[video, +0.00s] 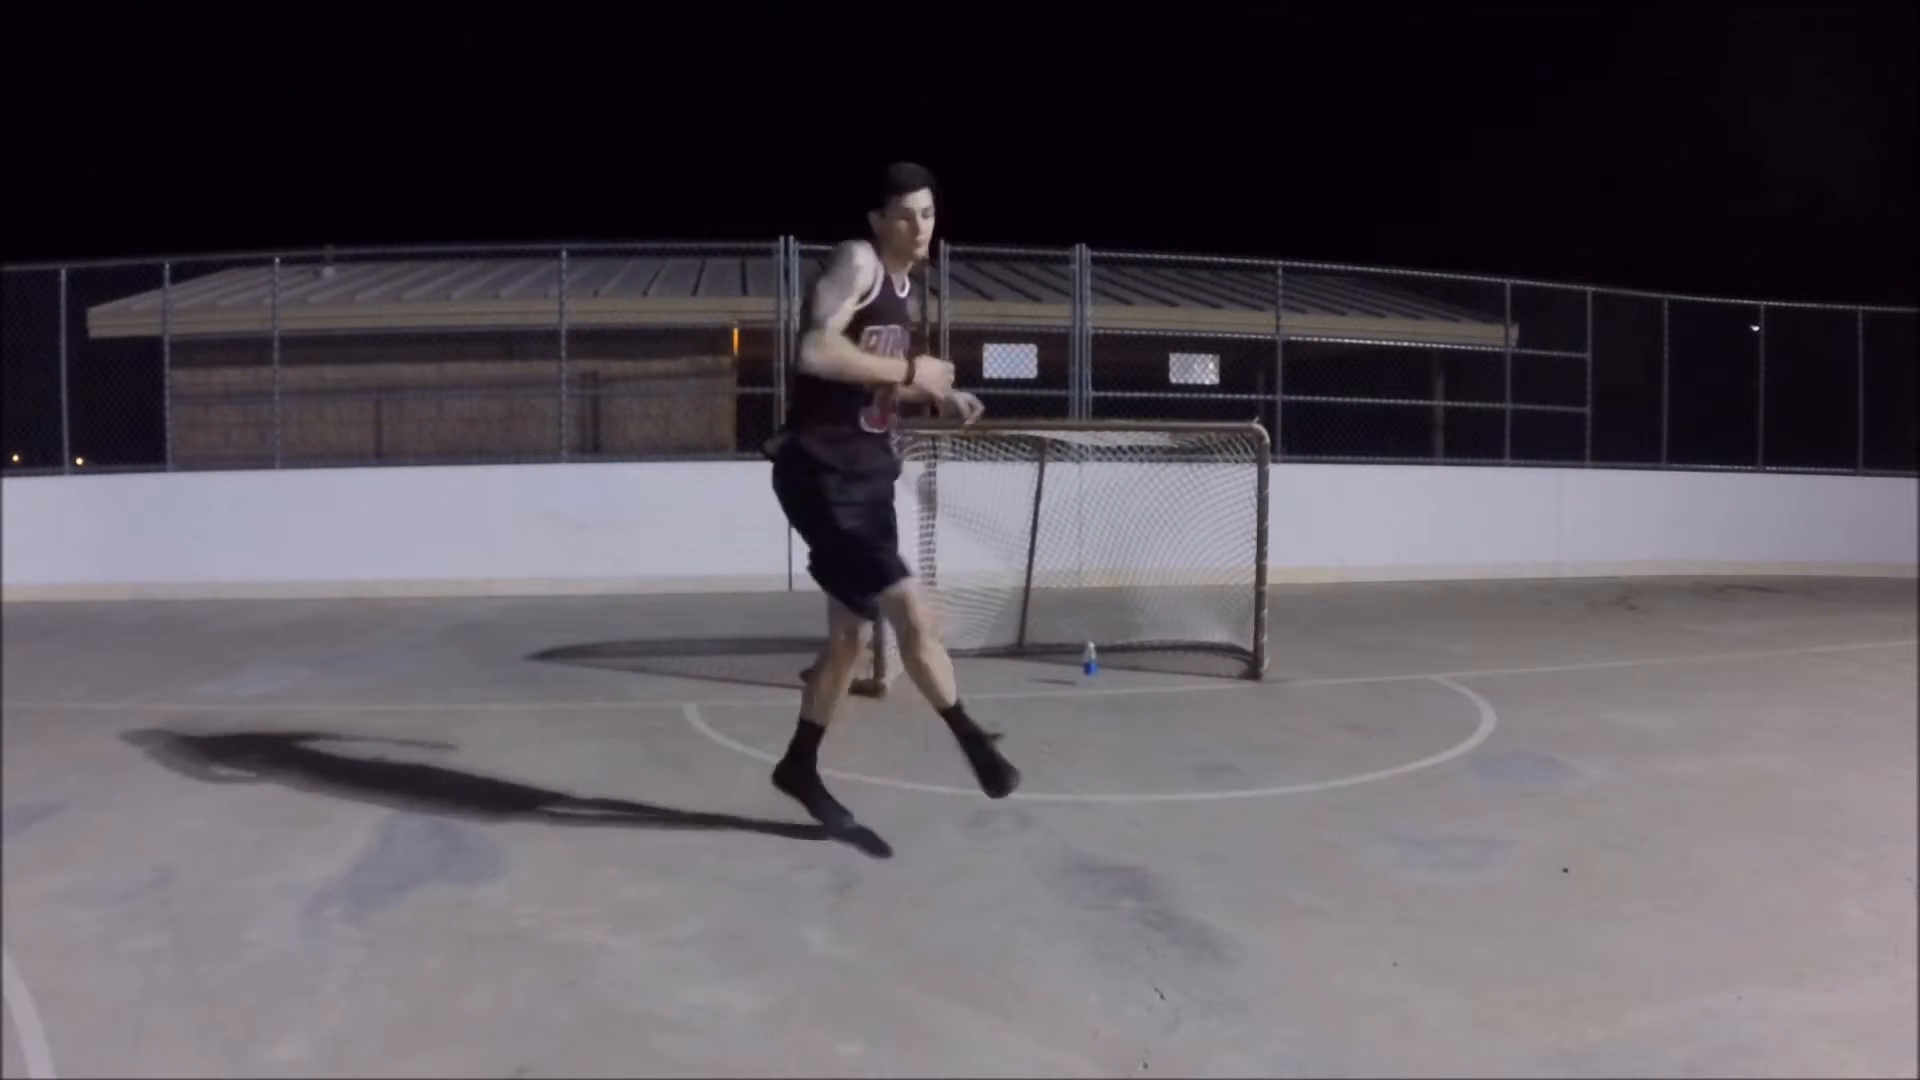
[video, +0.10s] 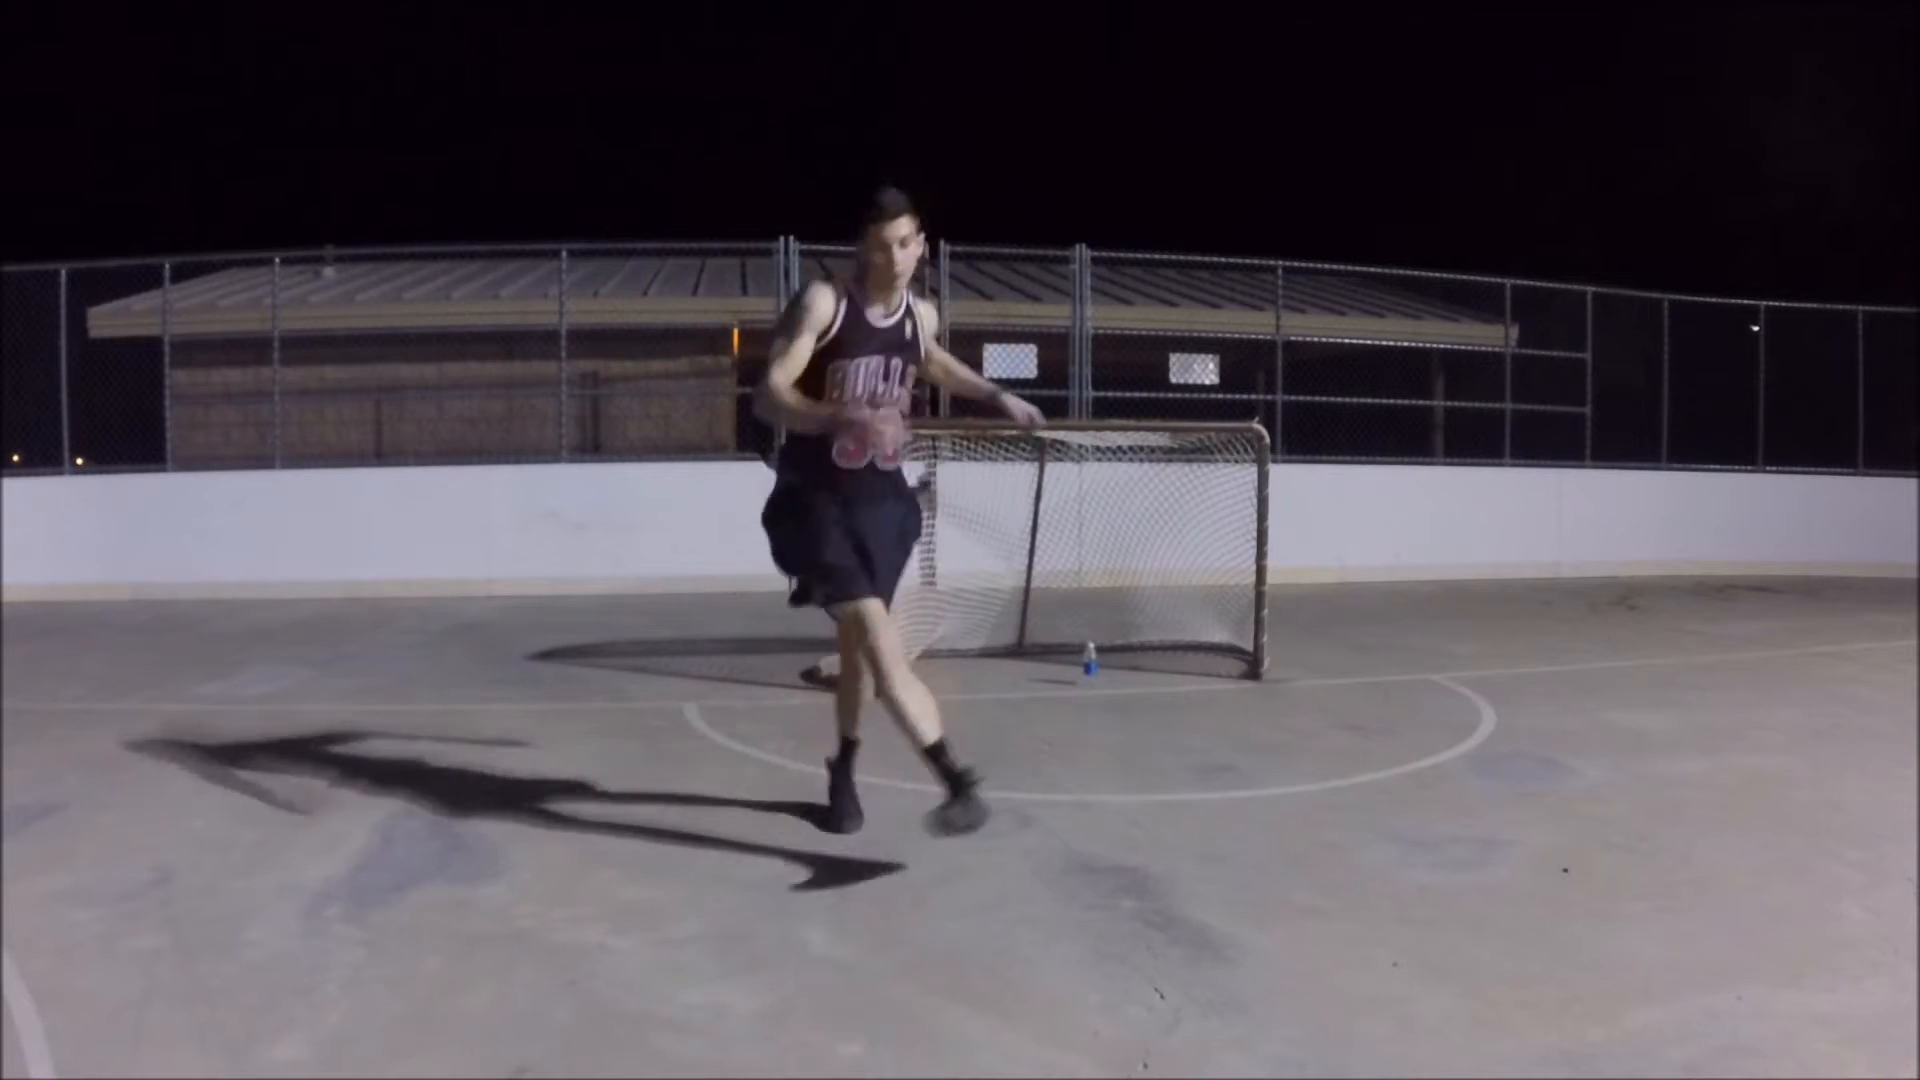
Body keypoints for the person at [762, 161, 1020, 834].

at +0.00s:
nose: (922, 227)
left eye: (928, 216)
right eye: (908, 216)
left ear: (933, 222)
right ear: (878, 221)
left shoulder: (905, 280)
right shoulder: (856, 261)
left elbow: (875, 377)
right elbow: (814, 353)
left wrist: (937, 397)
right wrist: (911, 371)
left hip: (868, 467)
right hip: (821, 467)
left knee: (849, 636)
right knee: (913, 612)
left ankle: (797, 766)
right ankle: (972, 738)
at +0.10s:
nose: (897, 257)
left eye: (906, 244)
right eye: (885, 246)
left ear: (921, 245)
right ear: (863, 247)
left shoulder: (920, 313)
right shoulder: (823, 302)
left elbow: (932, 362)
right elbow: (770, 393)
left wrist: (997, 395)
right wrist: (840, 418)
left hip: (884, 492)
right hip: (816, 493)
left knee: (857, 636)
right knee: (874, 626)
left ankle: (842, 775)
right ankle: (956, 781)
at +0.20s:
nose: (879, 293)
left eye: (887, 279)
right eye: (866, 283)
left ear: (902, 276)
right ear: (842, 282)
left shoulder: (924, 343)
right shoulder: (810, 347)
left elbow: (994, 380)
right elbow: (752, 412)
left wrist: (1072, 393)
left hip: (890, 547)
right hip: (820, 546)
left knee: (869, 693)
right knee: (831, 690)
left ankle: (843, 782)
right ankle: (878, 843)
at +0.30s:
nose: (855, 279)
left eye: (866, 263)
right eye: (841, 266)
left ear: (884, 252)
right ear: (823, 262)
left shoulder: (921, 304)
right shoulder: (797, 321)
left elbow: (1003, 351)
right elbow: (737, 394)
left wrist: (1080, 360)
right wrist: (680, 442)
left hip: (902, 513)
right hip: (826, 513)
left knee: (875, 669)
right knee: (820, 655)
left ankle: (850, 773)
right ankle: (827, 810)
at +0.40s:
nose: (836, 273)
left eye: (844, 257)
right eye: (822, 261)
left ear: (867, 240)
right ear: (805, 256)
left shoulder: (926, 294)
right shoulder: (798, 318)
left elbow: (1019, 324)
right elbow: (723, 376)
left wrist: (1078, 318)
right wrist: (643, 395)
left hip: (914, 503)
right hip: (833, 504)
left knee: (897, 672)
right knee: (818, 664)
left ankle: (884, 706)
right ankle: (770, 814)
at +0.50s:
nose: (839, 281)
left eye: (846, 263)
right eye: (824, 270)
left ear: (870, 246)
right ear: (809, 267)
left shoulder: (930, 300)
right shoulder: (807, 326)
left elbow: (1031, 320)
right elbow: (718, 345)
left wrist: (1061, 297)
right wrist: (632, 318)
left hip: (922, 517)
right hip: (839, 520)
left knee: (914, 656)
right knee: (807, 670)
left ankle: (961, 670)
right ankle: (771, 820)